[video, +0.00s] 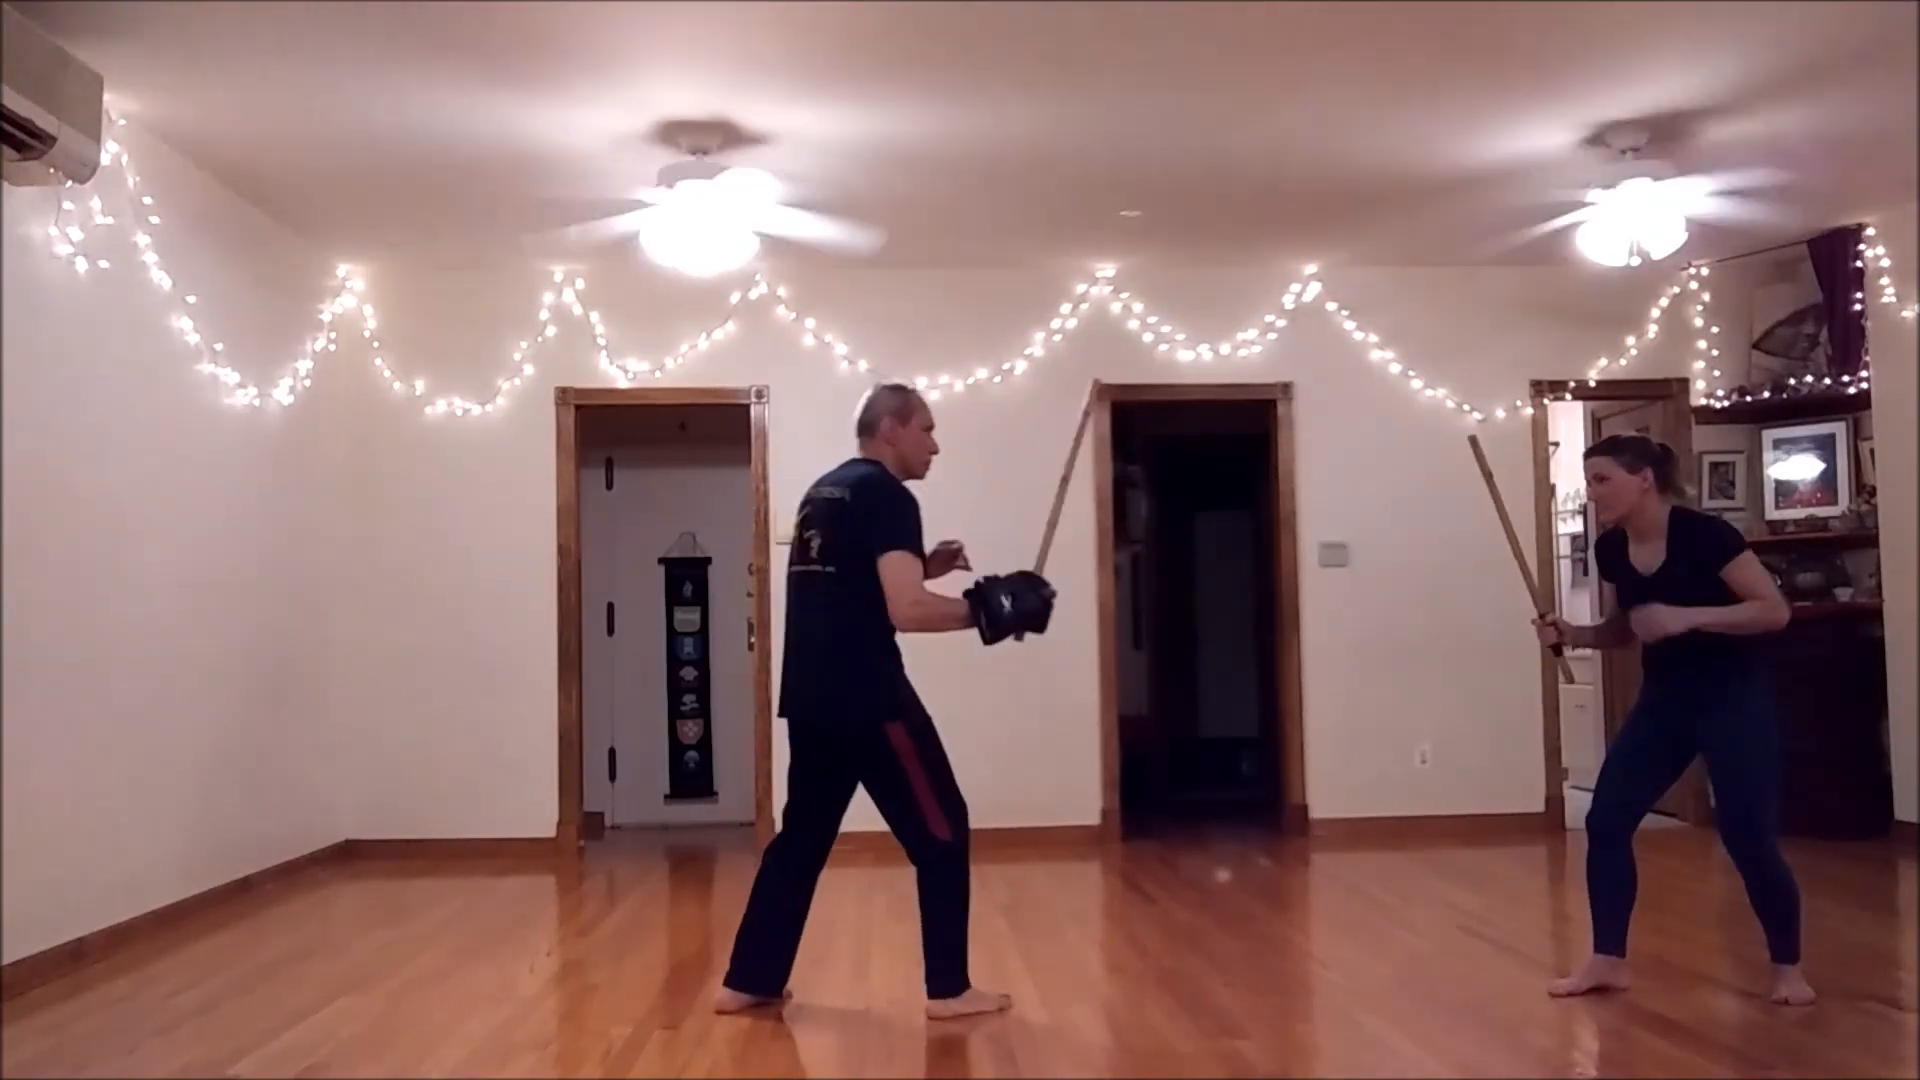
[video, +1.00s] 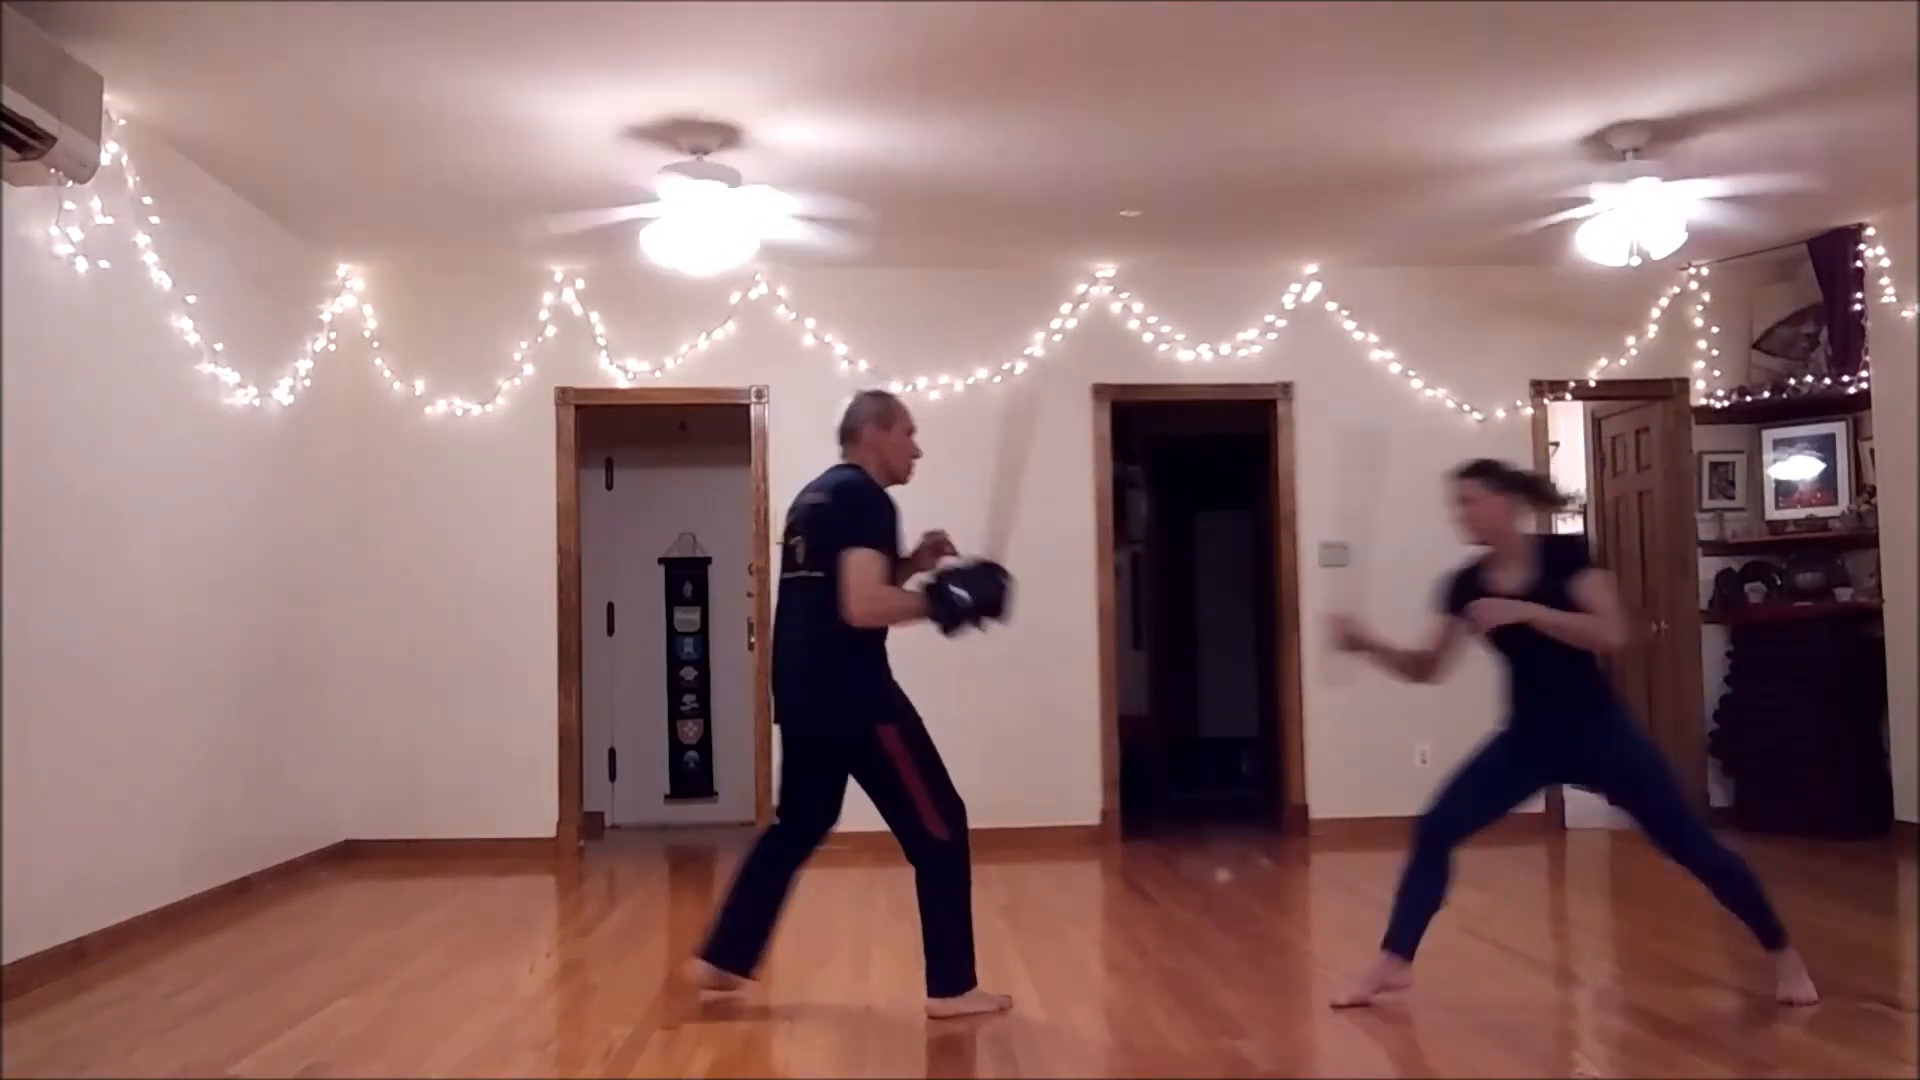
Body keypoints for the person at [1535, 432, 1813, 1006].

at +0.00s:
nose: (1592, 493)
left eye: (1601, 480)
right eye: (1589, 482)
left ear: (1642, 480)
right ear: (1627, 485)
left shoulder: (1705, 535)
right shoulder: (1612, 548)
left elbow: (1775, 611)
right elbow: (1624, 629)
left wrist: (1684, 617)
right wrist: (1571, 634)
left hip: (1734, 707)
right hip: (1664, 707)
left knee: (1748, 838)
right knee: (1606, 821)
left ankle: (1788, 969)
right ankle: (1607, 960)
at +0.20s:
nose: (1596, 494)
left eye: (1605, 480)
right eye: (1592, 483)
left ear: (1647, 476)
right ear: (1629, 483)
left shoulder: (1712, 528)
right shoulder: (1615, 547)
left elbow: (1718, 621)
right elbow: (1618, 626)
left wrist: (1649, 560)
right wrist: (1567, 636)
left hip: (1731, 699)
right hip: (1663, 699)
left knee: (1751, 835)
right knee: (1606, 821)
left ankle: (1788, 967)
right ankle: (1607, 960)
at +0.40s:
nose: (1597, 489)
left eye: (1606, 476)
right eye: (1594, 479)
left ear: (1646, 473)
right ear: (1628, 480)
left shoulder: (1708, 526)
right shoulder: (1615, 544)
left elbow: (1741, 616)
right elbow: (1622, 628)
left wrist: (1657, 585)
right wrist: (1574, 633)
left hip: (1731, 699)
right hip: (1663, 699)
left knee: (1752, 835)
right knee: (1610, 821)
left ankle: (1788, 967)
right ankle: (1608, 960)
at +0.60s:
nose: (1589, 491)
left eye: (1595, 478)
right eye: (1585, 481)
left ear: (1636, 473)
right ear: (1625, 478)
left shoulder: (1705, 528)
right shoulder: (1611, 544)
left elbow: (1764, 607)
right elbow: (1628, 624)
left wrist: (1682, 607)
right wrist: (1573, 634)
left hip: (1734, 700)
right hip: (1665, 701)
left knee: (1755, 829)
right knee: (1611, 821)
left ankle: (1790, 966)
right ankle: (1611, 959)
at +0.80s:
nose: (1567, 505)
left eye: (1575, 492)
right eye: (1563, 495)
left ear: (1616, 489)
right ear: (1608, 495)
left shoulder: (1684, 548)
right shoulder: (1582, 563)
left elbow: (1745, 627)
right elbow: (1579, 647)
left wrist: (1666, 644)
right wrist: (1528, 642)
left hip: (1699, 717)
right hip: (1627, 718)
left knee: (1736, 843)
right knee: (1547, 818)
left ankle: (1788, 960)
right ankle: (1569, 956)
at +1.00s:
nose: (1464, 515)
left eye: (1473, 502)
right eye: (1459, 506)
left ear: (1510, 501)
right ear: (1468, 515)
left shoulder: (1567, 558)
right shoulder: (1470, 583)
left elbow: (1613, 634)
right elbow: (1431, 665)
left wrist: (1524, 612)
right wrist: (1369, 645)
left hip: (1600, 736)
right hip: (1528, 741)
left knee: (1686, 840)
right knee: (1437, 828)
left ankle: (1781, 950)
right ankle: (1393, 963)